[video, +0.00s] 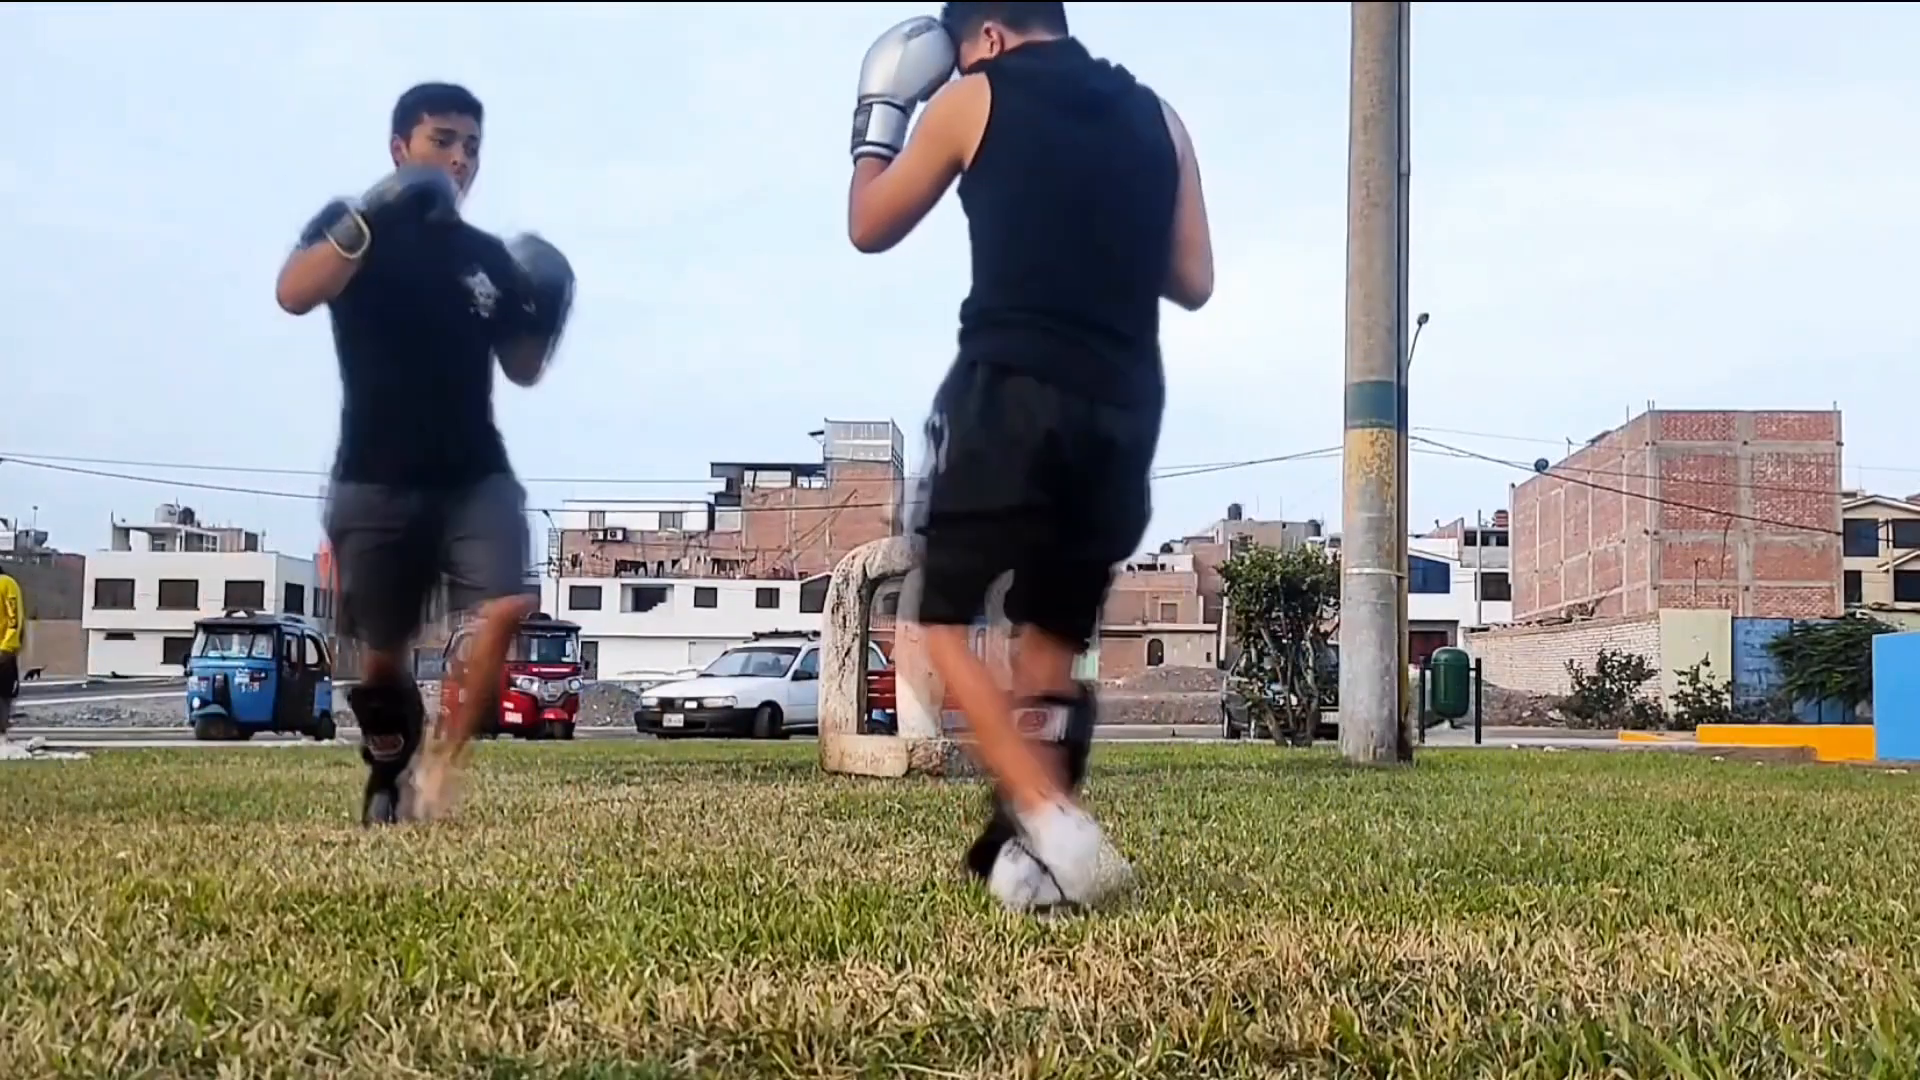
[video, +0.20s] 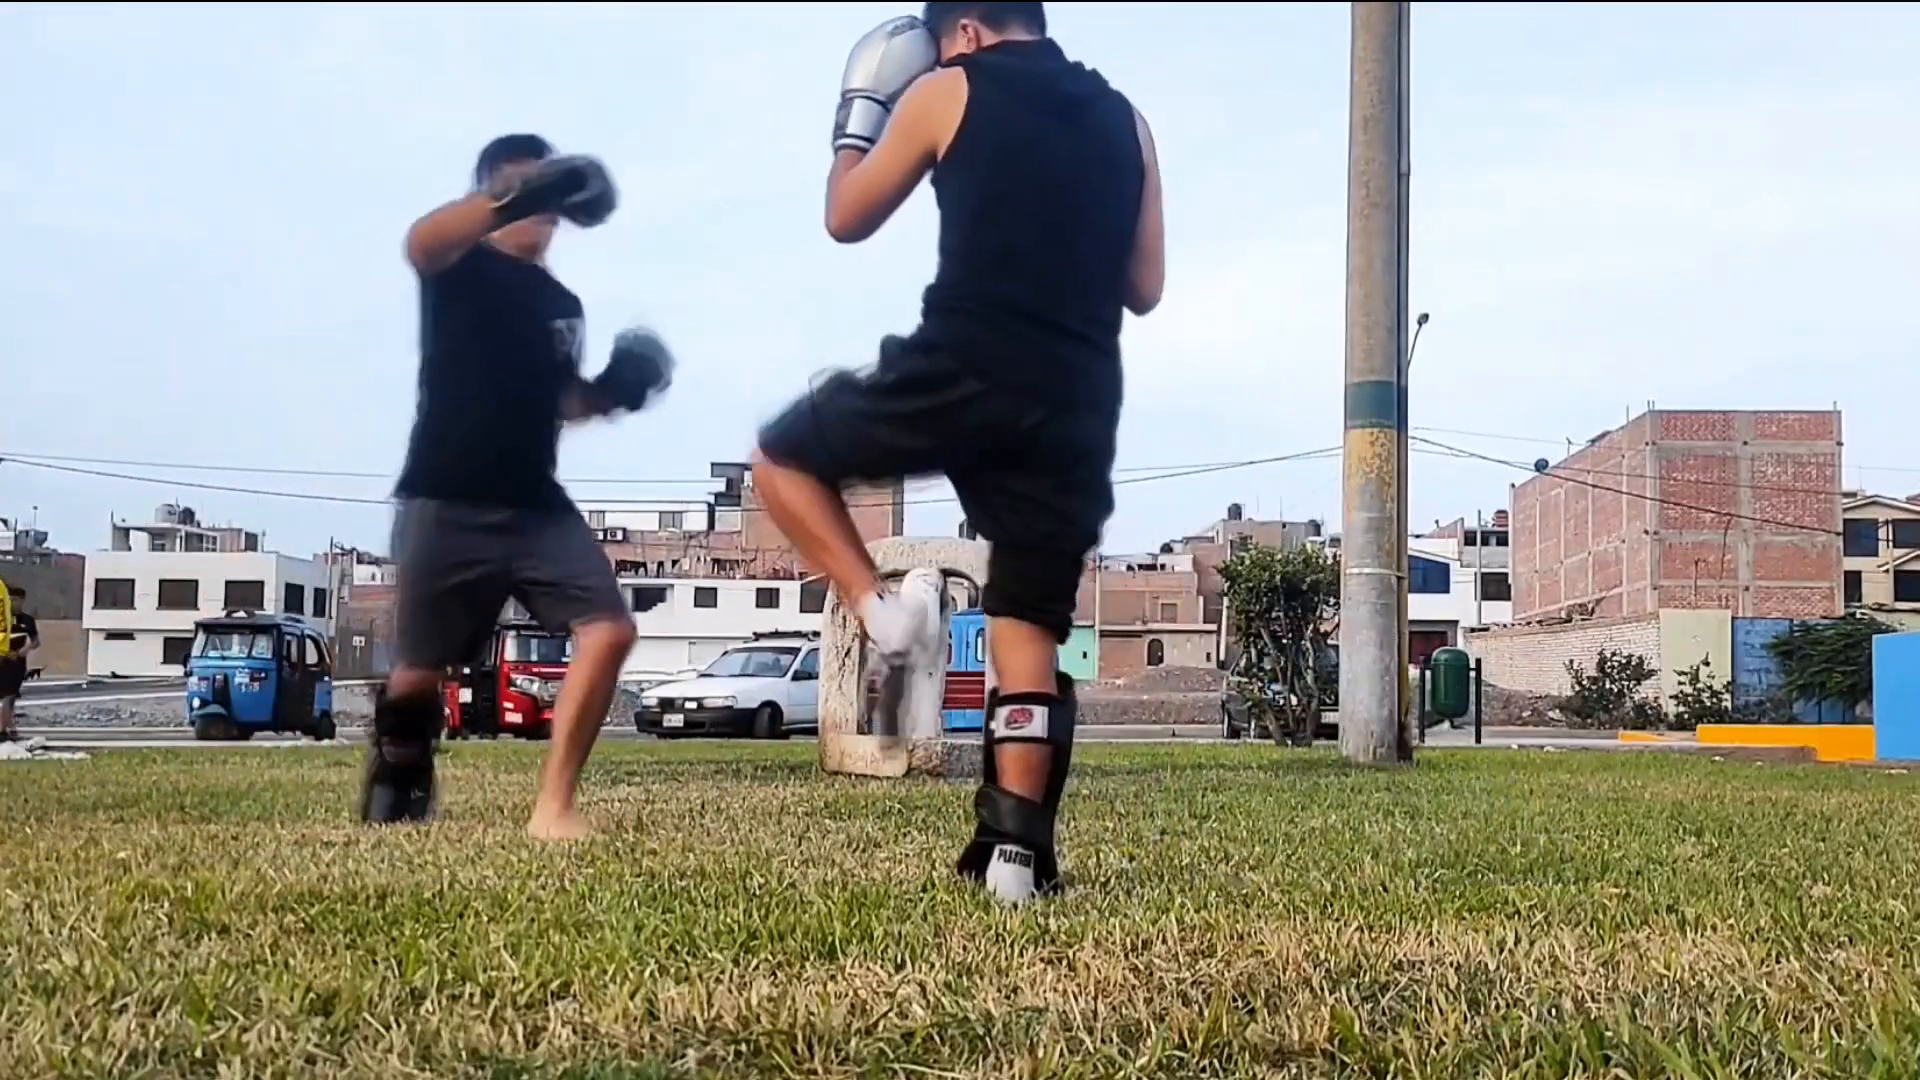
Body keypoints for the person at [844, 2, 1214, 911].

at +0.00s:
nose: (958, 62)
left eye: (957, 47)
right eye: (957, 49)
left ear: (990, 33)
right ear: (1058, 27)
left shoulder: (978, 97)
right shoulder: (1158, 117)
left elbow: (870, 224)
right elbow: (1192, 279)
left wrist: (878, 119)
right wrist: (1100, 224)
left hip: (1008, 390)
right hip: (1124, 407)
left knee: (940, 628)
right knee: (1054, 632)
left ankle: (1065, 838)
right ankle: (1027, 859)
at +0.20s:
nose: (938, 54)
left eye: (939, 39)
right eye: (939, 41)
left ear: (968, 28)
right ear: (1041, 27)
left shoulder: (949, 90)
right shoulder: (1128, 121)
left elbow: (846, 215)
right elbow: (1145, 289)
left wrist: (865, 110)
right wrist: (1067, 222)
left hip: (963, 368)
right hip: (1079, 398)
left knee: (780, 460)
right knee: (1026, 622)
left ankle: (880, 612)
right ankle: (1017, 856)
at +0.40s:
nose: (899, 69)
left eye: (900, 54)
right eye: (900, 56)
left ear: (926, 43)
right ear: (999, 36)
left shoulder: (904, 104)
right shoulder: (1084, 123)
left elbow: (813, 233)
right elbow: (1106, 287)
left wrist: (827, 128)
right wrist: (1027, 225)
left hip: (895, 384)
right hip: (1018, 417)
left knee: (764, 403)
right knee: (1000, 623)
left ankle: (807, 582)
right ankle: (1013, 851)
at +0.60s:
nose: (858, 86)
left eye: (858, 75)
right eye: (862, 75)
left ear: (870, 73)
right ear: (952, 71)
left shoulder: (834, 135)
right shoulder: (1019, 145)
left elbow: (789, 268)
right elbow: (1058, 299)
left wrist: (819, 178)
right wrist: (980, 237)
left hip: (826, 413)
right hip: (951, 434)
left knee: (725, 525)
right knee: (959, 639)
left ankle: (685, 706)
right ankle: (997, 853)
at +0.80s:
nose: (912, 127)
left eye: (903, 114)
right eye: (913, 114)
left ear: (829, 86)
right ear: (906, 107)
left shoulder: (753, 150)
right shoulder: (906, 175)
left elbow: (705, 263)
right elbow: (949, 331)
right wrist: (918, 256)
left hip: (710, 433)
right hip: (821, 446)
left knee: (669, 640)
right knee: (900, 631)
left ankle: (613, 836)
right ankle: (945, 836)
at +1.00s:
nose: (886, 143)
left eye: (883, 134)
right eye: (888, 134)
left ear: (813, 100)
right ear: (881, 123)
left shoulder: (730, 161)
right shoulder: (862, 174)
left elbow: (653, 296)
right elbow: (880, 331)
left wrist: (756, 262)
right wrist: (895, 236)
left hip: (656, 420)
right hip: (759, 430)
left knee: (661, 618)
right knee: (821, 640)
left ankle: (606, 814)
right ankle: (707, 835)